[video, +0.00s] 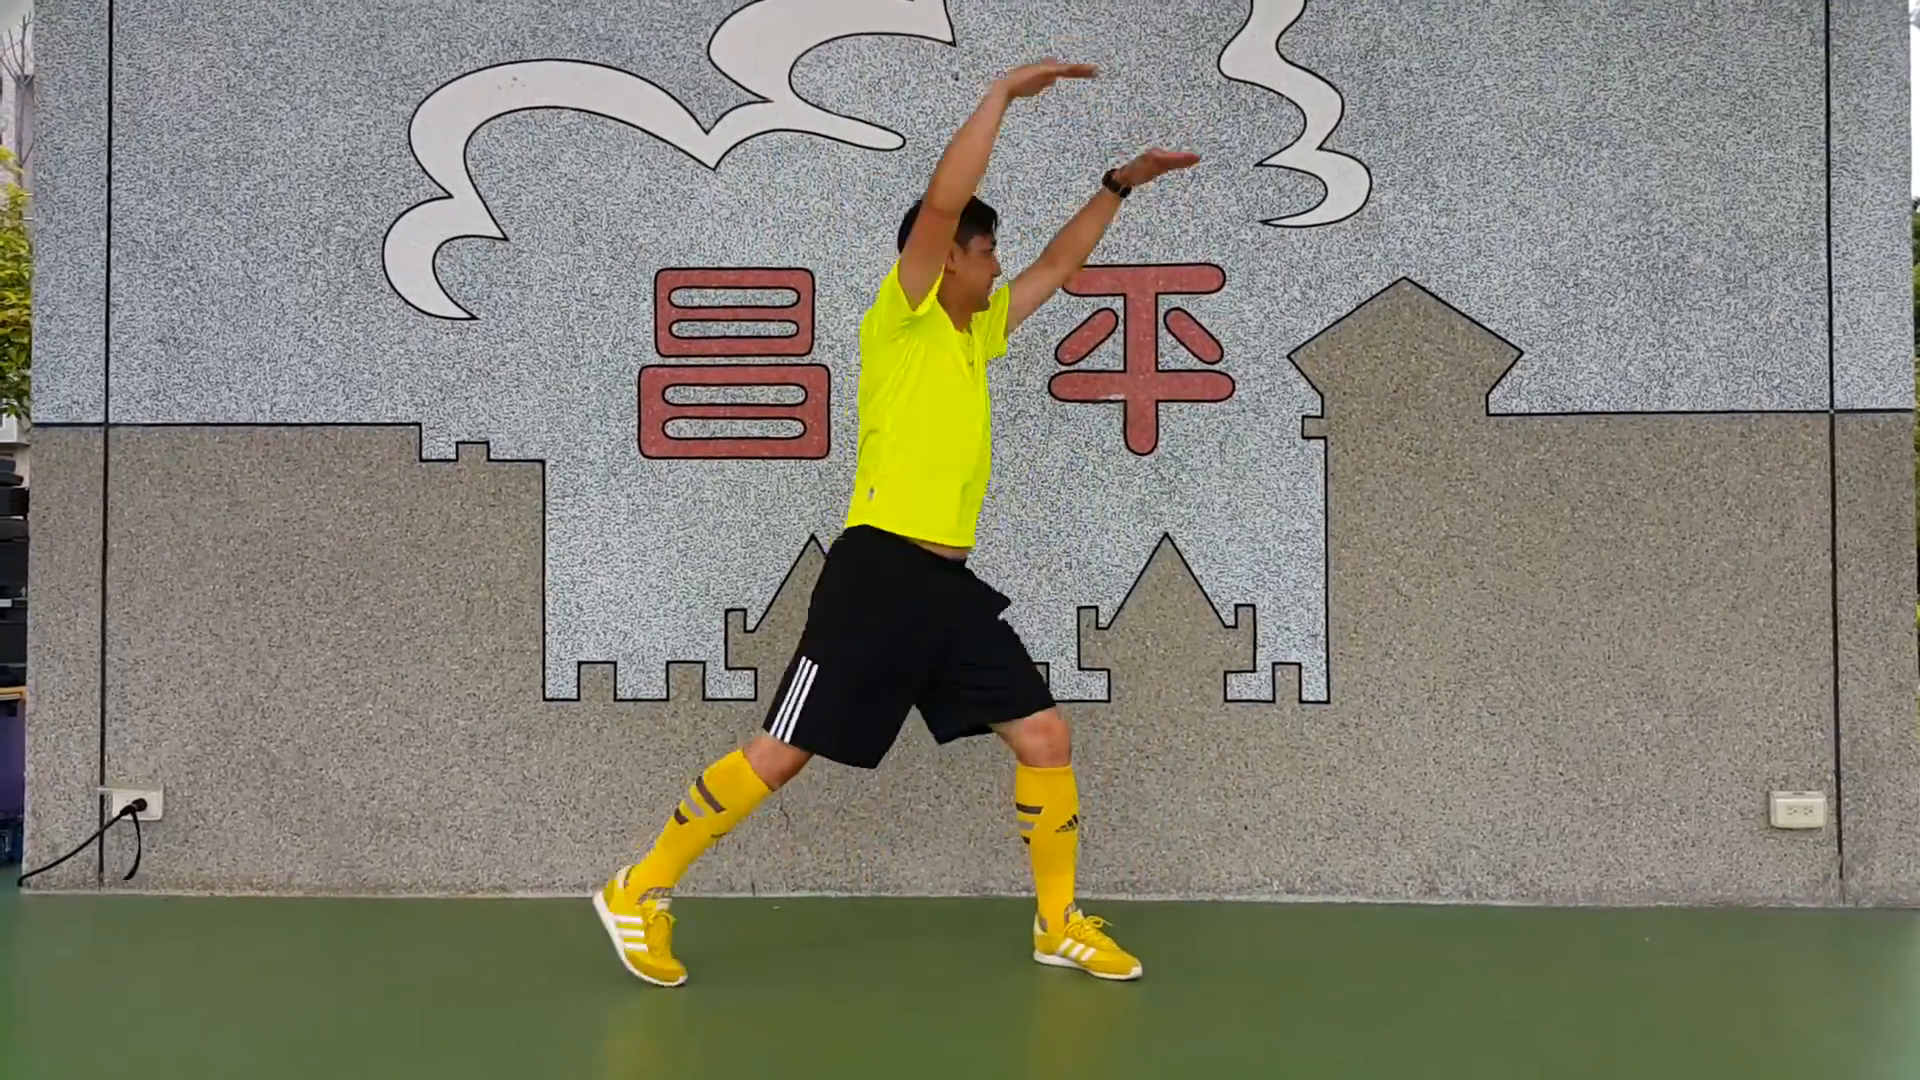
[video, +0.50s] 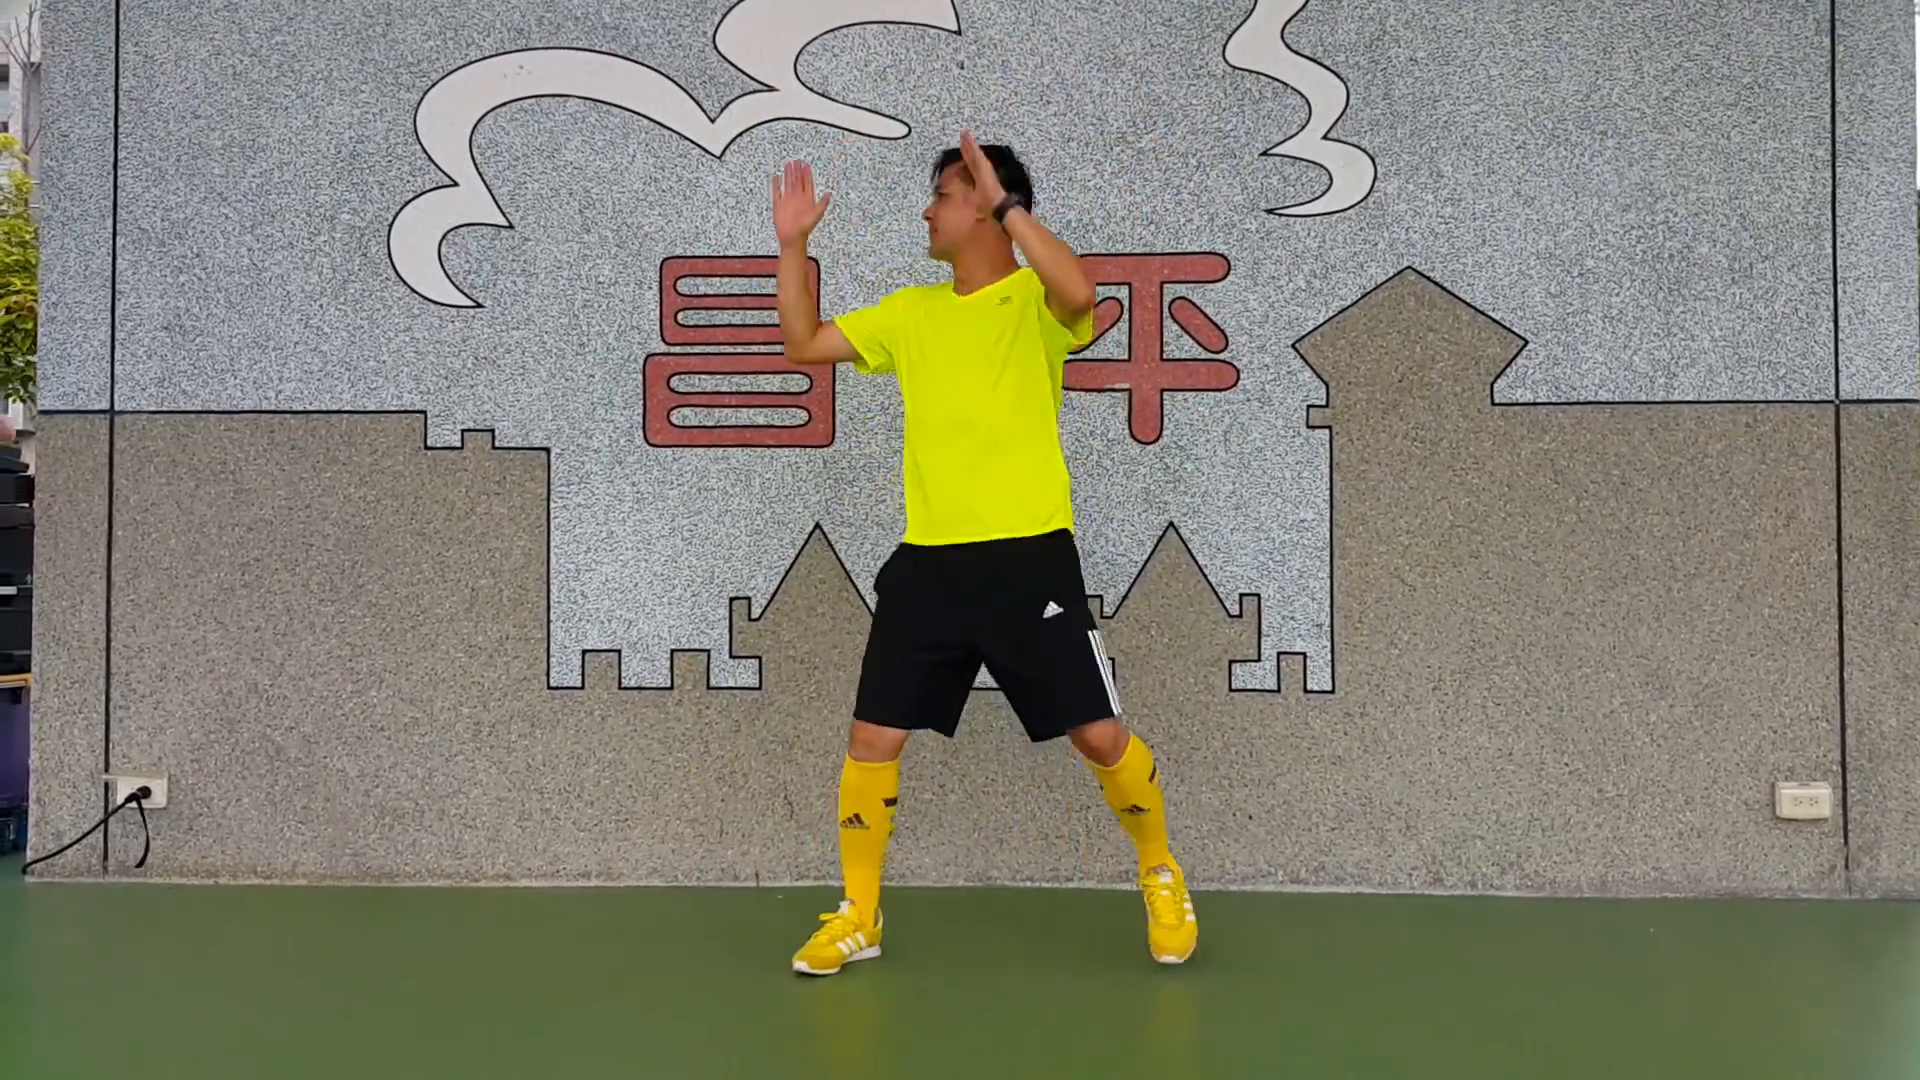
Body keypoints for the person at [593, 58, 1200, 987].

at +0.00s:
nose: (997, 267)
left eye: (996, 255)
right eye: (985, 252)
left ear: (982, 265)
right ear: (942, 254)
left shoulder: (977, 332)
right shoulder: (897, 320)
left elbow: (1051, 269)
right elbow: (942, 209)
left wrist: (1118, 187)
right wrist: (1002, 90)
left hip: (951, 583)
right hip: (874, 571)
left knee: (1044, 740)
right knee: (778, 755)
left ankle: (1059, 925)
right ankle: (637, 891)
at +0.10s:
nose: (1014, 221)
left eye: (1011, 208)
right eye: (999, 209)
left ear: (981, 224)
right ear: (952, 220)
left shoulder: (1015, 304)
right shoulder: (905, 287)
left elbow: (1111, 274)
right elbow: (867, 214)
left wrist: (1140, 179)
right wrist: (937, 105)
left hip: (981, 553)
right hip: (897, 543)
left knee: (1045, 736)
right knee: (822, 728)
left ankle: (1060, 921)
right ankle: (704, 876)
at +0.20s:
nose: (1012, 197)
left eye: (1010, 184)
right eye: (994, 185)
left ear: (1000, 201)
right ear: (948, 204)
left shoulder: (1039, 294)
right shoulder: (901, 283)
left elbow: (1148, 313)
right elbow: (808, 298)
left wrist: (1136, 222)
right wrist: (854, 186)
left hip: (1002, 539)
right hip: (906, 531)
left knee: (1044, 730)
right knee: (848, 721)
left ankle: (1059, 916)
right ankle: (798, 899)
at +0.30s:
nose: (985, 200)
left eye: (992, 186)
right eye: (964, 191)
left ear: (1007, 201)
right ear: (932, 214)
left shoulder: (1051, 302)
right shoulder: (897, 307)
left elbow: (1127, 392)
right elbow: (823, 407)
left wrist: (1125, 318)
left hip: (1016, 546)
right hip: (909, 540)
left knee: (1060, 732)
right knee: (863, 725)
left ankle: (1062, 917)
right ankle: (855, 916)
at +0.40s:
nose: (936, 209)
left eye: (953, 195)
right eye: (927, 200)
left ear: (997, 210)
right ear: (920, 222)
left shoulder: (1044, 305)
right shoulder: (895, 320)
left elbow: (1103, 406)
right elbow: (827, 423)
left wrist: (1059, 333)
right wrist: (790, 347)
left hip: (1022, 550)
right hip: (913, 552)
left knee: (1083, 737)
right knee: (863, 732)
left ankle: (1079, 903)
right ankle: (856, 917)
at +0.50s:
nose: (933, 202)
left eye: (950, 190)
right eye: (937, 190)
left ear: (997, 214)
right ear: (947, 216)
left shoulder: (1039, 294)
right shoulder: (909, 311)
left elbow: (1077, 293)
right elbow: (804, 342)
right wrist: (792, 246)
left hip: (1031, 552)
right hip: (927, 558)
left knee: (1098, 735)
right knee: (873, 734)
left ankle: (1161, 875)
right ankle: (858, 916)